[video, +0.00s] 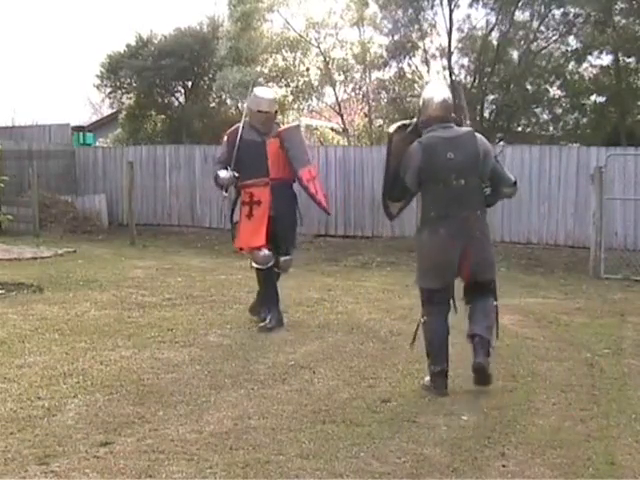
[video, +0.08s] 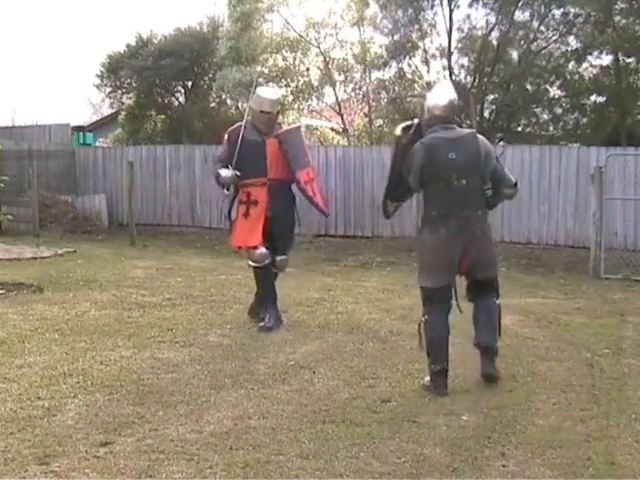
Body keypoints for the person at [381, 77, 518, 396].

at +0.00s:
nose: (422, 120)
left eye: (424, 115)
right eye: (427, 114)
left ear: (425, 119)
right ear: (454, 115)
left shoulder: (419, 148)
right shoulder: (475, 141)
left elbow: (396, 197)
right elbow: (507, 186)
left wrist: (394, 152)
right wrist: (480, 202)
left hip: (435, 232)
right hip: (474, 230)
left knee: (435, 303)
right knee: (482, 292)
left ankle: (438, 377)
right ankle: (481, 354)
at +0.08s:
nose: (425, 117)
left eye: (426, 113)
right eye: (430, 112)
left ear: (428, 116)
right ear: (456, 112)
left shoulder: (422, 148)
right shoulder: (478, 142)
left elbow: (398, 192)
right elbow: (507, 188)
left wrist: (400, 148)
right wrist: (482, 203)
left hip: (437, 230)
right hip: (475, 228)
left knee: (436, 304)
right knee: (485, 292)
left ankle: (438, 378)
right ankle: (488, 361)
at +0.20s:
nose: (433, 120)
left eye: (434, 116)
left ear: (434, 117)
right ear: (462, 116)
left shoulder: (430, 151)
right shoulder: (483, 147)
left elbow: (403, 194)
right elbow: (512, 194)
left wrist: (411, 151)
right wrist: (485, 208)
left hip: (442, 233)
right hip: (479, 232)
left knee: (438, 305)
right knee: (488, 295)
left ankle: (439, 378)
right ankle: (496, 360)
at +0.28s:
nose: (437, 123)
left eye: (439, 119)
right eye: (440, 119)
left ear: (442, 120)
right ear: (468, 119)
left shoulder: (437, 154)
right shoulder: (490, 151)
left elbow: (411, 198)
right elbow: (514, 197)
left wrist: (417, 154)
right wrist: (489, 214)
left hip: (446, 235)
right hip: (483, 234)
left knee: (440, 302)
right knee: (489, 296)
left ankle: (439, 376)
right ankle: (496, 360)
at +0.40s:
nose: (445, 123)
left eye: (447, 119)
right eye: (448, 119)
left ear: (451, 120)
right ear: (474, 117)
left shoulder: (448, 152)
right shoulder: (498, 148)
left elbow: (428, 196)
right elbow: (523, 194)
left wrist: (430, 153)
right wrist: (496, 211)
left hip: (455, 235)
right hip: (490, 234)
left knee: (443, 296)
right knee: (491, 292)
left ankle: (441, 362)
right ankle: (497, 358)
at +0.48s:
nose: (449, 121)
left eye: (450, 116)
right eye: (451, 116)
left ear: (455, 116)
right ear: (478, 114)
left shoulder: (456, 149)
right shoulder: (501, 145)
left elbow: (436, 193)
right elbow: (528, 189)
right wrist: (500, 206)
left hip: (462, 233)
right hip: (495, 232)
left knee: (443, 289)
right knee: (493, 292)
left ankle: (446, 347)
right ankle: (496, 358)